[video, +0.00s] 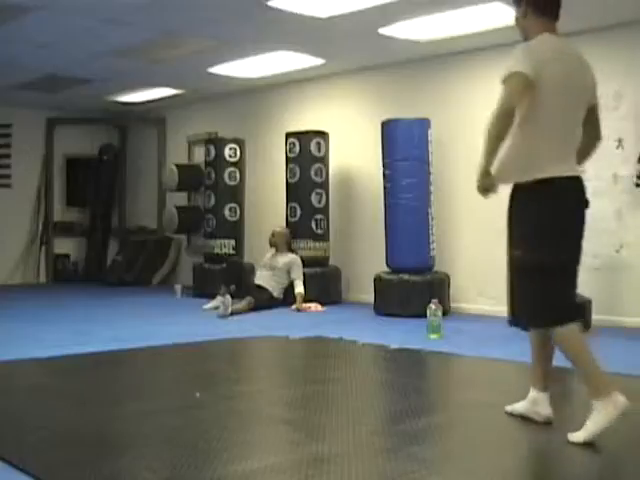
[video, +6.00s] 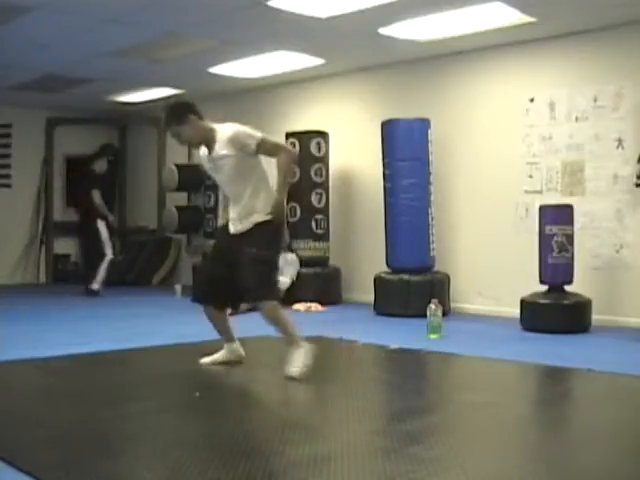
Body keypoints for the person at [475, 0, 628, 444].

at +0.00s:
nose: (516, 23)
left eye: (518, 15)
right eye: (517, 15)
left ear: (528, 13)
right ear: (556, 15)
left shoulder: (530, 54)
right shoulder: (579, 62)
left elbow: (505, 111)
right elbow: (592, 133)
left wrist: (485, 165)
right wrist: (562, 168)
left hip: (535, 192)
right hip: (568, 190)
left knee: (546, 302)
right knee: (542, 299)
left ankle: (606, 396)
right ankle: (538, 397)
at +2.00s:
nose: (330, 56)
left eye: (336, 48)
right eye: (325, 50)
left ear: (355, 46)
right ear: (322, 54)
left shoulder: (380, 83)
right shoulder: (338, 100)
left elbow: (412, 132)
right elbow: (333, 153)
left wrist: (407, 185)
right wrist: (318, 187)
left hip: (376, 198)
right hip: (348, 200)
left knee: (360, 287)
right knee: (369, 287)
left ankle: (350, 371)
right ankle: (393, 364)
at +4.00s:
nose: (245, 128)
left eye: (245, 118)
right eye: (236, 126)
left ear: (255, 109)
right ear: (233, 131)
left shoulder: (302, 141)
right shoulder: (246, 160)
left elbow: (306, 202)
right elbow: (252, 213)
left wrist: (297, 255)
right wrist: (251, 263)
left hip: (319, 228)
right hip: (278, 231)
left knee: (344, 290)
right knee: (230, 290)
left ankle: (356, 362)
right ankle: (258, 357)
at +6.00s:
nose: (183, 142)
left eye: (181, 134)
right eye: (178, 137)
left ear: (193, 120)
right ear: (187, 128)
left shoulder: (234, 135)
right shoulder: (204, 155)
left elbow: (286, 153)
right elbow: (225, 186)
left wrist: (280, 199)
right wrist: (223, 220)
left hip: (263, 224)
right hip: (233, 229)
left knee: (261, 295)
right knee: (208, 291)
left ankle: (300, 345)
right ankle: (232, 347)